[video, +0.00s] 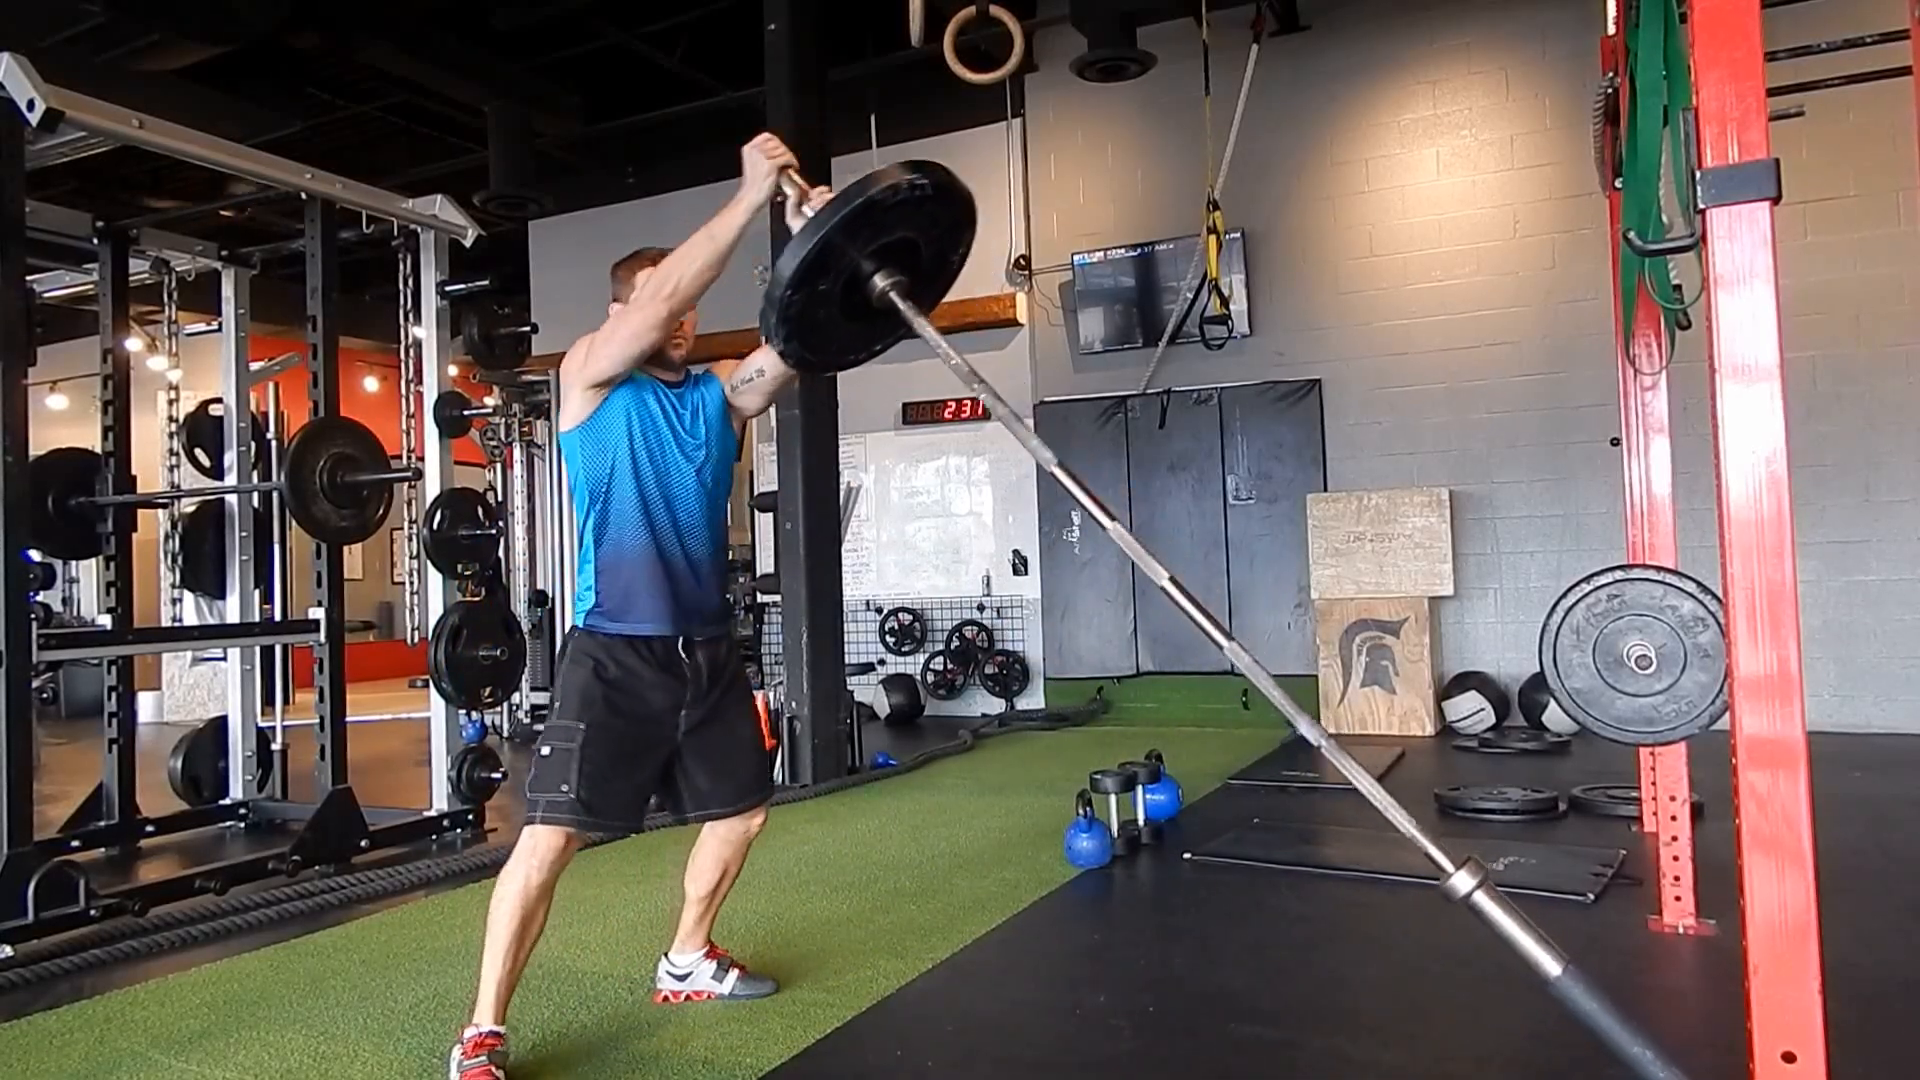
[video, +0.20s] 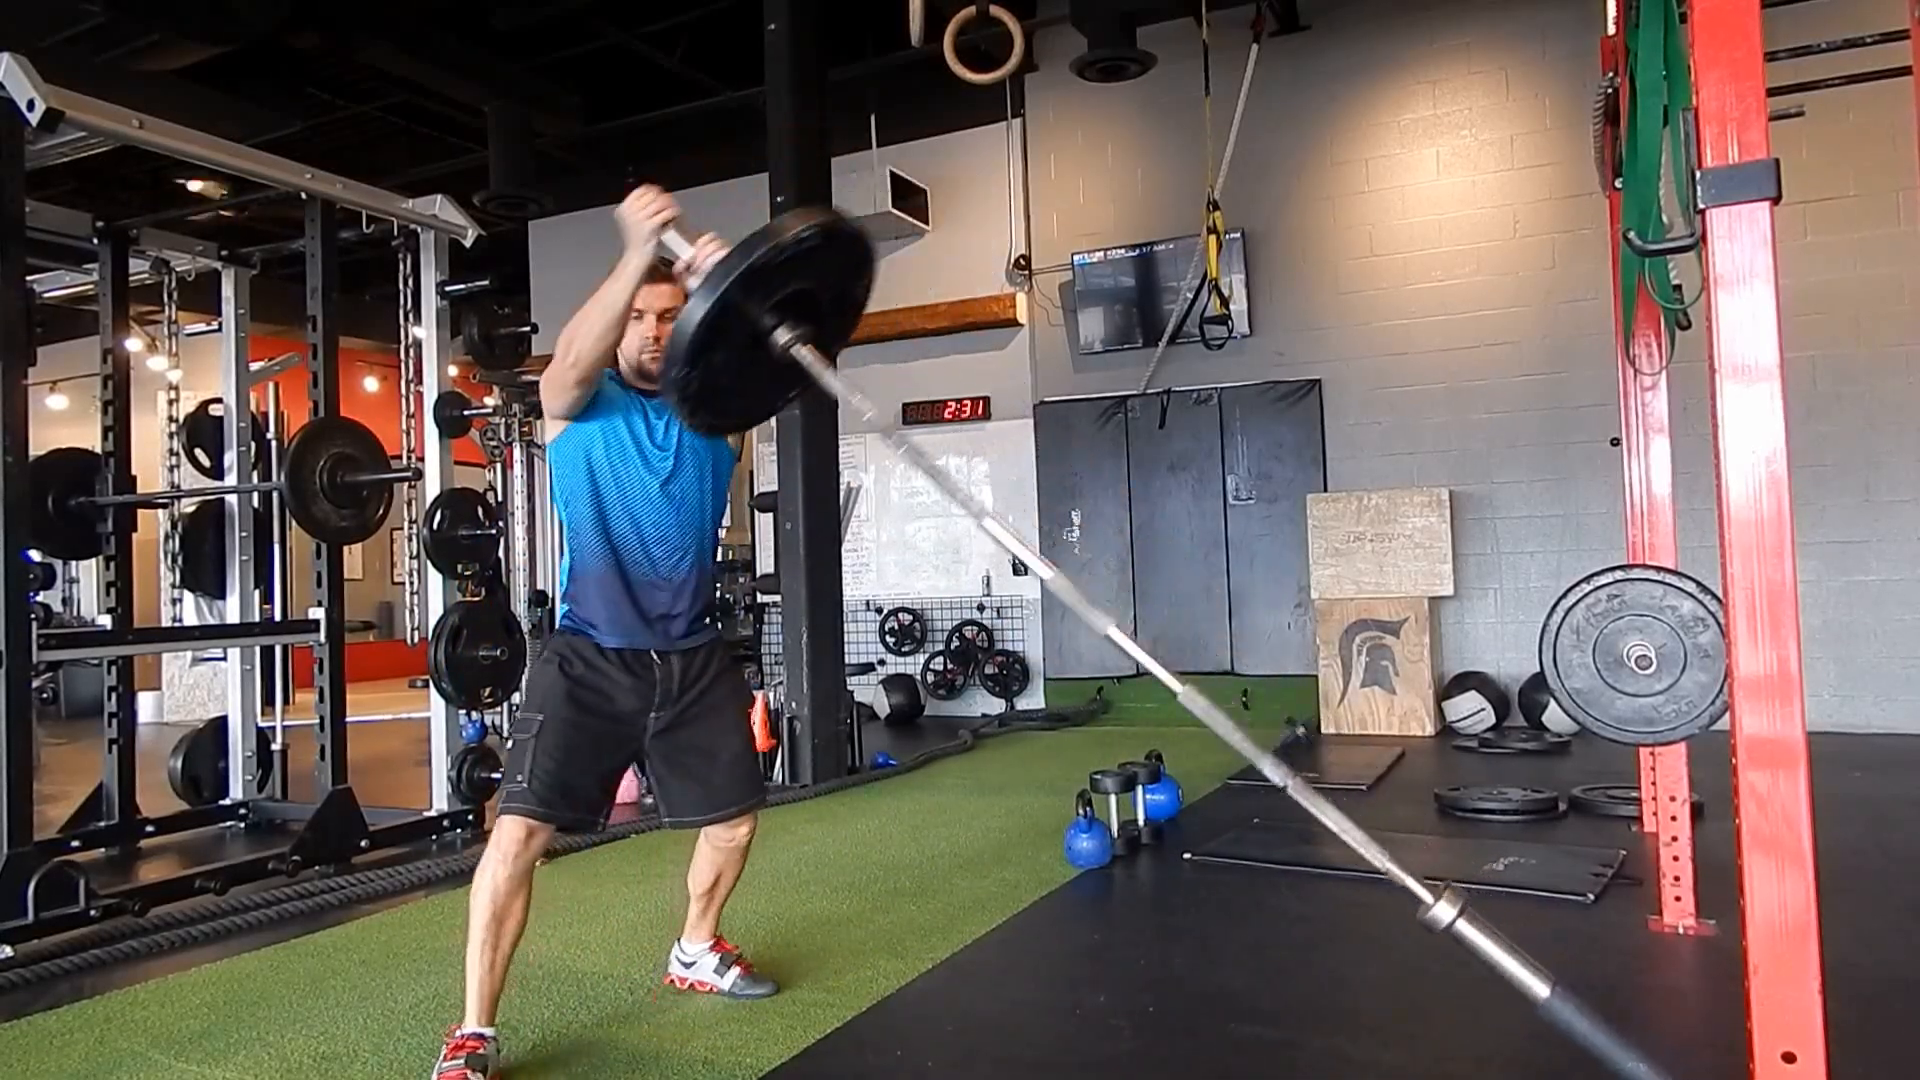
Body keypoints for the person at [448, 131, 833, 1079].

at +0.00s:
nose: (686, 307)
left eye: (686, 295)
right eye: (668, 295)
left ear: (686, 311)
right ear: (624, 308)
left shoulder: (720, 394)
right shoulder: (585, 380)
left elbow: (805, 341)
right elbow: (665, 296)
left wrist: (816, 234)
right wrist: (751, 194)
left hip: (708, 657)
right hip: (609, 656)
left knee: (741, 807)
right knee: (551, 836)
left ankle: (685, 961)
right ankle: (484, 1029)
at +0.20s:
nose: (655, 333)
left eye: (671, 320)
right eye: (642, 318)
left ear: (695, 331)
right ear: (615, 325)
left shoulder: (715, 411)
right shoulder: (574, 405)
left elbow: (767, 355)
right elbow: (570, 357)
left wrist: (728, 283)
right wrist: (634, 259)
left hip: (697, 662)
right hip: (586, 663)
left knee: (734, 815)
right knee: (519, 831)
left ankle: (695, 948)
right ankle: (475, 1027)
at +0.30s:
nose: (643, 336)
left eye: (658, 320)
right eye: (630, 321)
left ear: (685, 330)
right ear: (605, 335)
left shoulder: (704, 419)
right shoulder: (569, 405)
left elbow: (743, 396)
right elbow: (530, 419)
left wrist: (683, 322)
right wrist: (567, 324)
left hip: (684, 665)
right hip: (570, 665)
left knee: (728, 821)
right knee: (506, 828)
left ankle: (711, 940)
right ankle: (473, 1029)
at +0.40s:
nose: (620, 342)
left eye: (636, 326)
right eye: (604, 329)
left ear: (666, 326)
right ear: (585, 332)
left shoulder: (694, 397)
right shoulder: (554, 394)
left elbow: (694, 448)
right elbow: (496, 483)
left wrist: (625, 386)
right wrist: (504, 403)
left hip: (671, 667)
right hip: (557, 668)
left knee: (722, 832)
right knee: (491, 834)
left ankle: (727, 935)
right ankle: (472, 1032)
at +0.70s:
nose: (553, 372)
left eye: (571, 355)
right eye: (539, 357)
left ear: (609, 358)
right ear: (524, 365)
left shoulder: (646, 440)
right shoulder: (503, 459)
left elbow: (623, 562)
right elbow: (491, 579)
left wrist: (509, 651)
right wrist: (447, 634)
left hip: (644, 686)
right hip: (537, 685)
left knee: (710, 854)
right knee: (458, 839)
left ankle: (765, 921)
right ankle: (468, 1035)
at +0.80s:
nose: (537, 385)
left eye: (556, 366)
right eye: (522, 369)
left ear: (594, 369)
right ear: (508, 376)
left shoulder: (632, 454)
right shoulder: (497, 474)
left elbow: (615, 586)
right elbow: (497, 597)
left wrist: (524, 688)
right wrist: (462, 678)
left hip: (640, 689)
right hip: (532, 687)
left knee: (708, 863)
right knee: (448, 839)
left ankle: (767, 922)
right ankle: (467, 1038)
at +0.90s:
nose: (529, 394)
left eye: (547, 375)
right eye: (514, 377)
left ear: (586, 378)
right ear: (501, 385)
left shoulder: (625, 465)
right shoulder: (493, 481)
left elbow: (615, 607)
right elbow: (505, 606)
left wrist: (529, 720)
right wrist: (477, 698)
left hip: (640, 694)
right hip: (538, 694)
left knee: (707, 874)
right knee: (443, 841)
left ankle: (767, 920)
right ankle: (468, 1038)